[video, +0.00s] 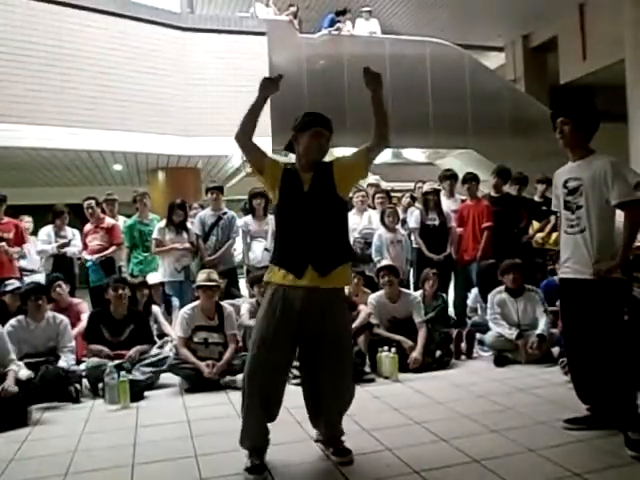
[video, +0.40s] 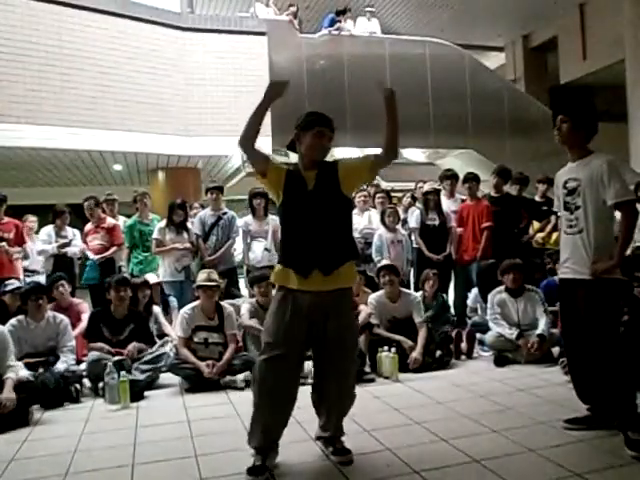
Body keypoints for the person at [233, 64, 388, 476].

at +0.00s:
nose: (320, 142)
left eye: (325, 138)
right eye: (313, 135)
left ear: (329, 145)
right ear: (295, 139)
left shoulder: (341, 172)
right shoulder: (276, 173)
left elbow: (380, 141)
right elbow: (244, 138)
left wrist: (377, 93)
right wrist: (262, 97)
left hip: (330, 291)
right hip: (283, 289)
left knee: (336, 371)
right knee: (262, 371)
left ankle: (330, 433)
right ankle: (255, 450)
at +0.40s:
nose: (321, 139)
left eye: (326, 135)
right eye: (315, 133)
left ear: (331, 142)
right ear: (297, 138)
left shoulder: (344, 173)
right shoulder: (282, 177)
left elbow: (388, 153)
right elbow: (247, 145)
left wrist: (390, 106)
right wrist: (266, 100)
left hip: (338, 289)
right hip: (291, 289)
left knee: (339, 367)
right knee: (272, 370)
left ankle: (331, 433)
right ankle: (263, 451)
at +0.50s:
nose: (317, 142)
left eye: (320, 136)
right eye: (309, 137)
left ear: (328, 141)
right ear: (295, 145)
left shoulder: (348, 178)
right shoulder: (285, 183)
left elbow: (391, 176)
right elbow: (250, 185)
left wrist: (397, 148)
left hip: (339, 291)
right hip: (294, 290)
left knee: (337, 369)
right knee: (281, 372)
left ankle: (329, 432)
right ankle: (266, 450)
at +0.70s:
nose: (323, 141)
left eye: (328, 134)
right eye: (316, 134)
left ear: (335, 138)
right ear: (301, 140)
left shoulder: (349, 178)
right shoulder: (290, 178)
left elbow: (390, 199)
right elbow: (263, 195)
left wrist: (390, 178)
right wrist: (260, 175)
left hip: (339, 283)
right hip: (295, 276)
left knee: (337, 363)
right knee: (258, 320)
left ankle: (329, 432)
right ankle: (281, 400)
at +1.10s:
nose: (314, 143)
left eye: (319, 137)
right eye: (306, 137)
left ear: (328, 140)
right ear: (294, 142)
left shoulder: (343, 175)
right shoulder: (277, 179)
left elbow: (384, 169)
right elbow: (247, 215)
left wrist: (371, 151)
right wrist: (251, 223)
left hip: (328, 282)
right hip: (286, 276)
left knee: (332, 362)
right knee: (262, 313)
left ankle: (328, 432)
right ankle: (282, 388)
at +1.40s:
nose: (294, 144)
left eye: (300, 138)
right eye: (286, 138)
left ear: (308, 140)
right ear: (271, 142)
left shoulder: (322, 174)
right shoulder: (254, 181)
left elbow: (360, 168)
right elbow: (211, 219)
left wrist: (367, 164)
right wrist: (247, 252)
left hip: (315, 283)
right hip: (271, 286)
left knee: (336, 356)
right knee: (281, 371)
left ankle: (328, 417)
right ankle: (278, 450)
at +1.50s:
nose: (287, 177)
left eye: (293, 170)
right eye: (280, 170)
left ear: (301, 171)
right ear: (266, 169)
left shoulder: (311, 200)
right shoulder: (249, 199)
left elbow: (360, 208)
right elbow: (205, 221)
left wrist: (336, 235)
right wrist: (222, 224)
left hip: (306, 292)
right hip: (266, 296)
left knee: (328, 307)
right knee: (275, 374)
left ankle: (324, 397)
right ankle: (277, 451)